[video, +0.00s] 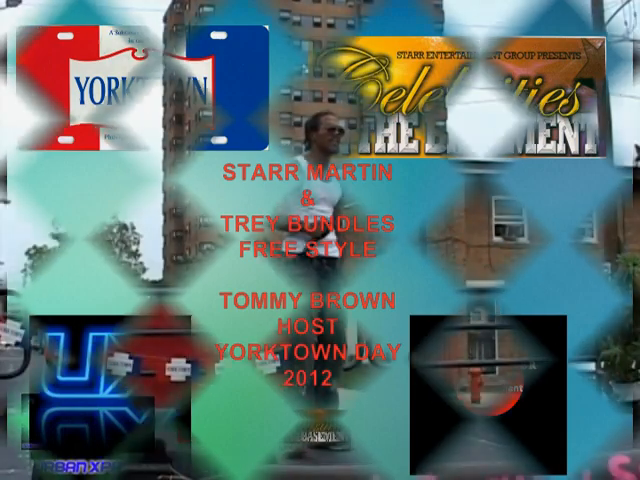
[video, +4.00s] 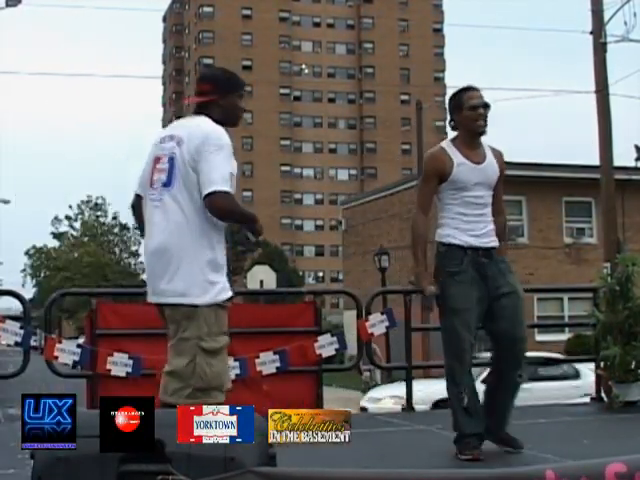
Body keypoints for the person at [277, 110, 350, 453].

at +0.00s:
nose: (337, 136)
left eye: (339, 131)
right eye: (330, 130)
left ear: (341, 138)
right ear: (311, 135)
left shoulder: (339, 178)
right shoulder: (291, 170)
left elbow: (345, 219)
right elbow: (269, 217)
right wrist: (305, 226)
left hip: (328, 258)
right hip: (295, 257)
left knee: (324, 325)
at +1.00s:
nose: (303, 150)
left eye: (304, 145)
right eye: (296, 145)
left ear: (303, 150)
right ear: (276, 148)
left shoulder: (305, 181)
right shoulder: (259, 182)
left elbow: (335, 207)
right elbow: (235, 225)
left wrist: (325, 168)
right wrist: (270, 239)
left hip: (305, 272)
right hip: (273, 271)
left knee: (318, 342)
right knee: (271, 343)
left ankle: (318, 411)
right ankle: (270, 414)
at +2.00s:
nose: (364, 157)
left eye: (363, 152)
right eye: (361, 152)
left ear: (345, 154)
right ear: (350, 154)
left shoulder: (346, 187)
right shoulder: (326, 183)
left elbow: (345, 241)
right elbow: (306, 231)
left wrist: (356, 282)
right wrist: (297, 275)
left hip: (340, 270)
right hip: (324, 269)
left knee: (326, 348)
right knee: (341, 350)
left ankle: (314, 417)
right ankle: (361, 423)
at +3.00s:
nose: (436, 137)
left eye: (438, 132)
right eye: (429, 131)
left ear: (436, 139)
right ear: (411, 137)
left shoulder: (430, 180)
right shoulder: (393, 170)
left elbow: (428, 227)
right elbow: (372, 217)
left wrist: (436, 261)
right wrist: (378, 266)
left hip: (432, 265)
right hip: (403, 265)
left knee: (439, 348)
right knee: (403, 347)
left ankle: (442, 426)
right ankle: (367, 417)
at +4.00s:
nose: (482, 113)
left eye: (484, 107)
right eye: (474, 108)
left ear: (488, 113)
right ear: (455, 117)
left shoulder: (494, 158)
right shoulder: (439, 158)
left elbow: (498, 212)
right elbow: (421, 215)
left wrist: (502, 256)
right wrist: (424, 277)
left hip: (492, 260)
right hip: (456, 260)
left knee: (513, 342)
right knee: (460, 349)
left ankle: (494, 425)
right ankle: (467, 435)